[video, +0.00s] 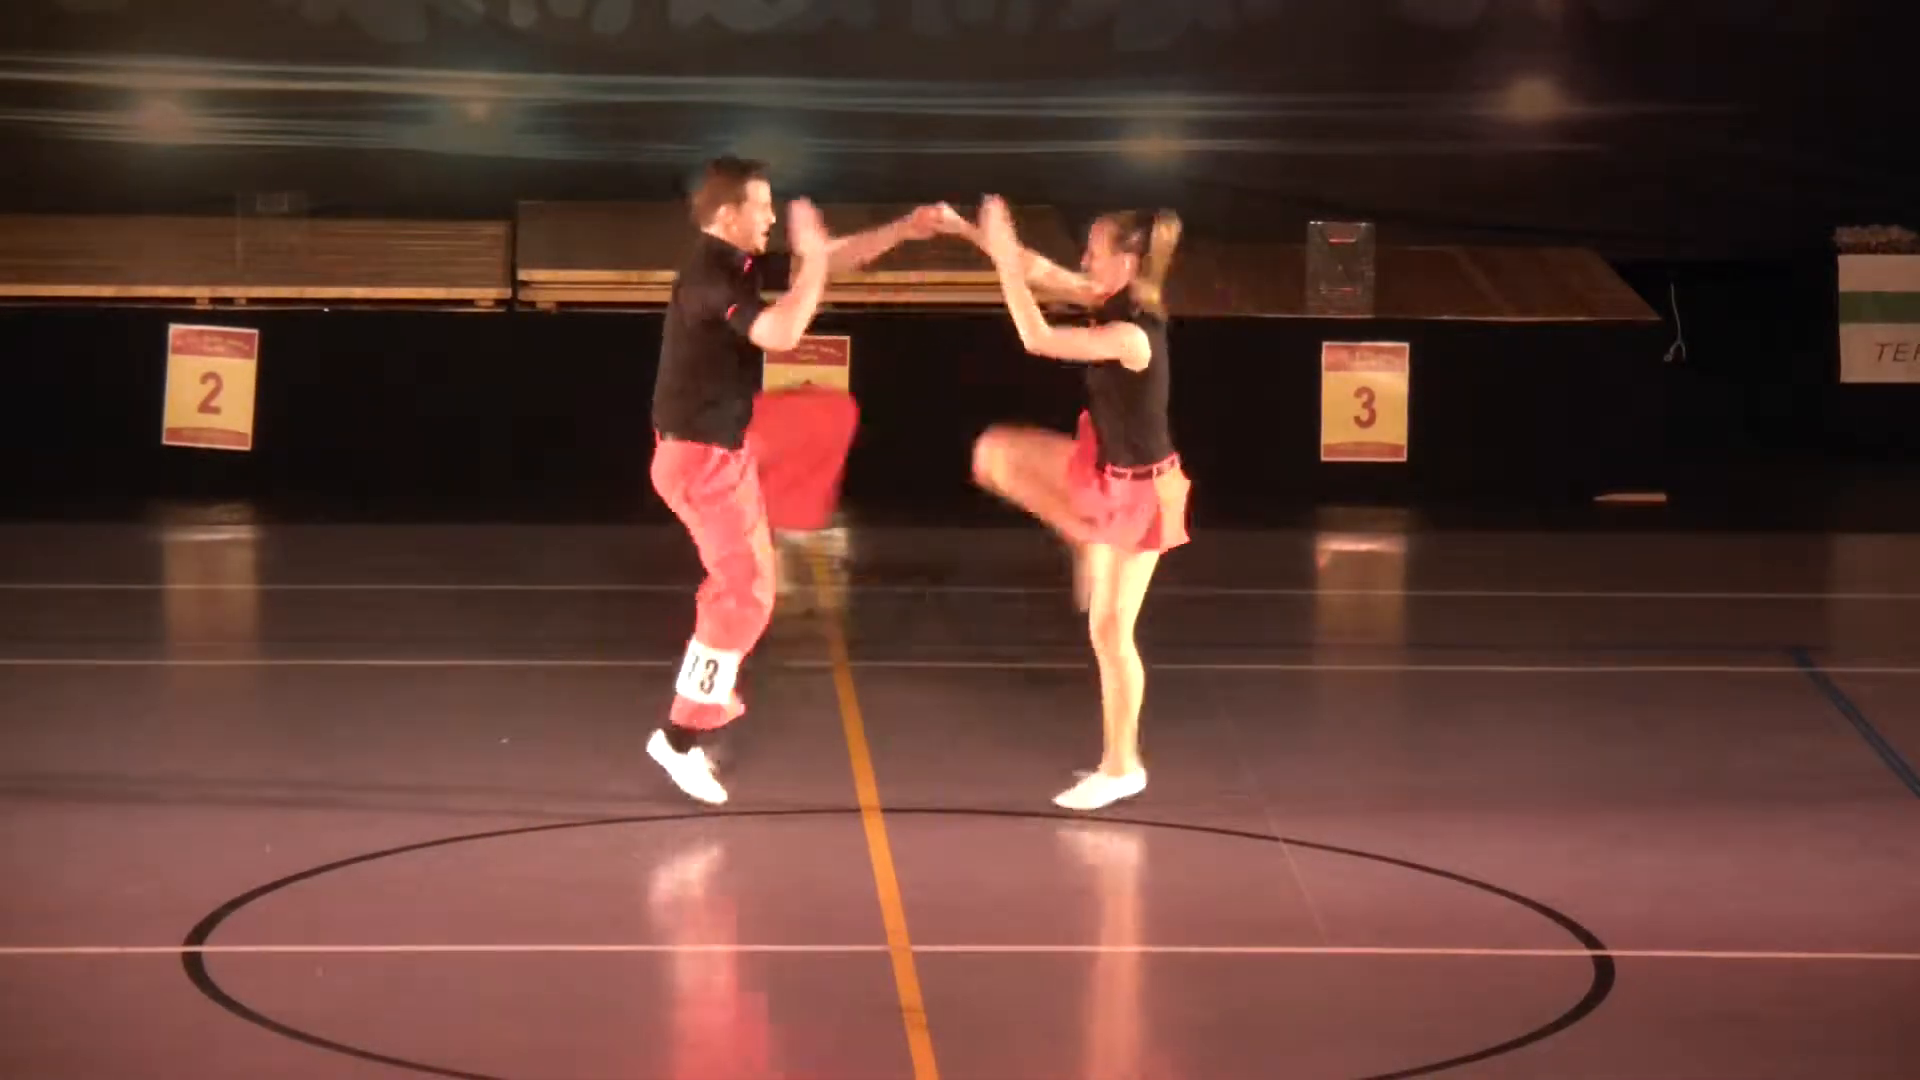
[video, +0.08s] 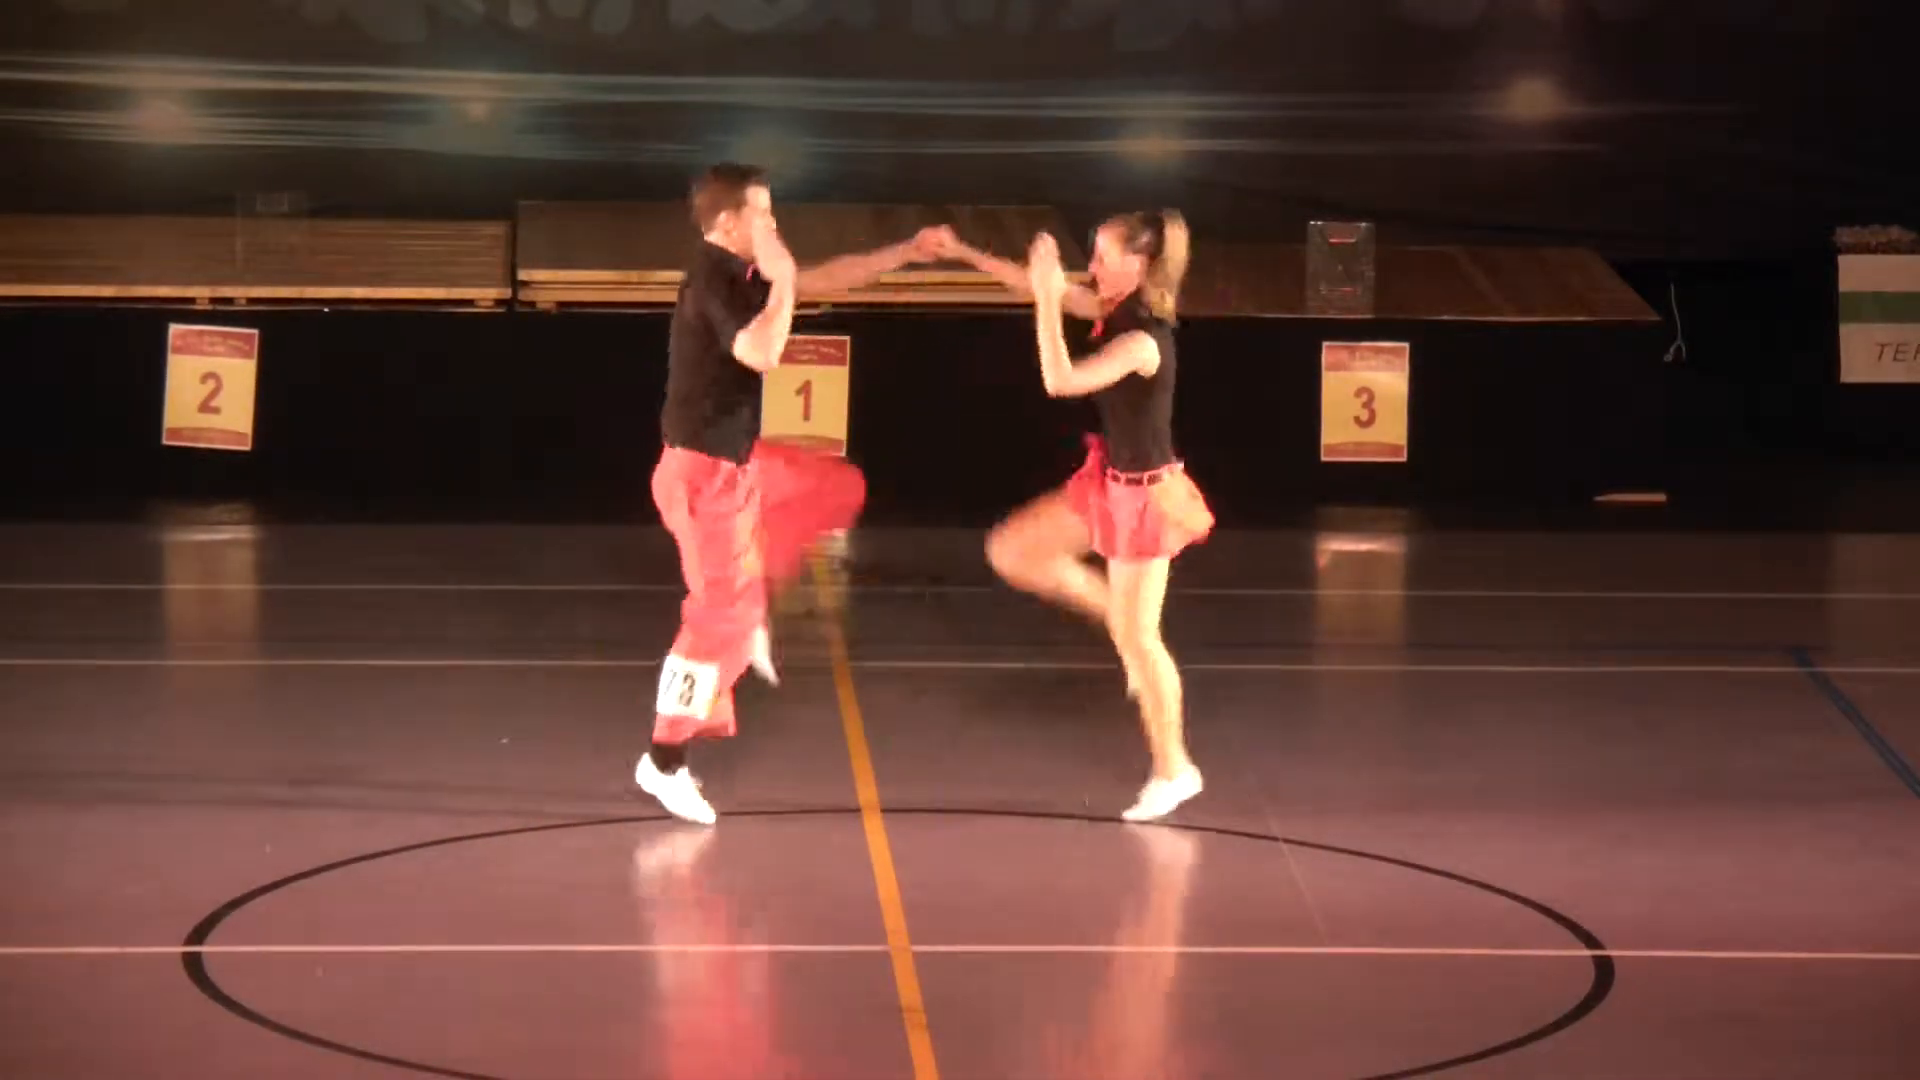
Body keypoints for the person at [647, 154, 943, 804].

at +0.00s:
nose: (771, 216)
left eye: (769, 206)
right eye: (760, 206)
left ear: (734, 215)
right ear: (726, 214)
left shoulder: (739, 265)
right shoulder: (711, 277)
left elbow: (825, 259)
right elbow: (781, 333)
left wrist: (903, 229)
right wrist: (814, 256)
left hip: (725, 441)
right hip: (700, 456)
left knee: (833, 418)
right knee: (747, 587)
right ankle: (682, 736)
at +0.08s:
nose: (772, 223)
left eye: (769, 212)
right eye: (762, 212)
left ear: (731, 221)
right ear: (727, 222)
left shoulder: (742, 273)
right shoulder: (713, 278)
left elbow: (827, 279)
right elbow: (760, 352)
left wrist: (906, 252)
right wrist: (780, 277)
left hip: (739, 463)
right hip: (702, 475)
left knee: (839, 489)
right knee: (724, 607)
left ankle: (747, 596)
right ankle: (664, 760)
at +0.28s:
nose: (735, 253)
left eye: (743, 240)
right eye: (721, 242)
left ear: (754, 243)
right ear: (695, 246)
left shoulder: (752, 307)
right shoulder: (686, 315)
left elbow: (832, 320)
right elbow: (645, 398)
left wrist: (922, 305)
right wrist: (727, 426)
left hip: (755, 489)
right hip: (722, 493)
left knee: (775, 619)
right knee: (823, 601)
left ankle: (773, 764)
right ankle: (716, 705)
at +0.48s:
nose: (716, 241)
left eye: (725, 228)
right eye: (702, 230)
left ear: (743, 233)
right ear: (683, 239)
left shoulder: (755, 297)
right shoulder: (673, 310)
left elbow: (833, 302)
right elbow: (621, 401)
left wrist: (914, 275)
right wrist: (583, 482)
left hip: (752, 470)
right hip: (716, 475)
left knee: (765, 624)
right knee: (856, 438)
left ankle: (774, 771)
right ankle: (993, 476)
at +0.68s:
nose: (731, 225)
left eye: (741, 213)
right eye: (718, 213)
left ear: (759, 219)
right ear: (700, 221)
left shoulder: (760, 287)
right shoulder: (693, 287)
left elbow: (819, 335)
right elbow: (641, 376)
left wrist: (902, 319)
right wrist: (661, 459)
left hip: (740, 460)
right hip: (718, 463)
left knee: (736, 601)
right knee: (865, 499)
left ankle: (701, 759)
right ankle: (773, 613)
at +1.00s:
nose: (822, 273)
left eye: (826, 259)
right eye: (817, 259)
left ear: (775, 250)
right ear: (782, 251)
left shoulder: (750, 284)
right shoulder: (756, 298)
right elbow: (802, 385)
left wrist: (825, 208)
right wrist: (880, 375)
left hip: (750, 475)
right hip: (730, 483)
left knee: (852, 522)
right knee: (750, 625)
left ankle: (911, 627)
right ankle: (751, 784)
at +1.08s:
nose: (834, 277)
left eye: (838, 267)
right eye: (832, 264)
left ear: (794, 244)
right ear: (800, 250)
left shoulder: (749, 270)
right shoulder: (776, 304)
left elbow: (773, 210)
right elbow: (827, 377)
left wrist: (773, 211)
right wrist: (904, 355)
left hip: (736, 466)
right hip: (738, 479)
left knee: (847, 517)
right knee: (756, 620)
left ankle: (920, 605)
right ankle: (749, 782)